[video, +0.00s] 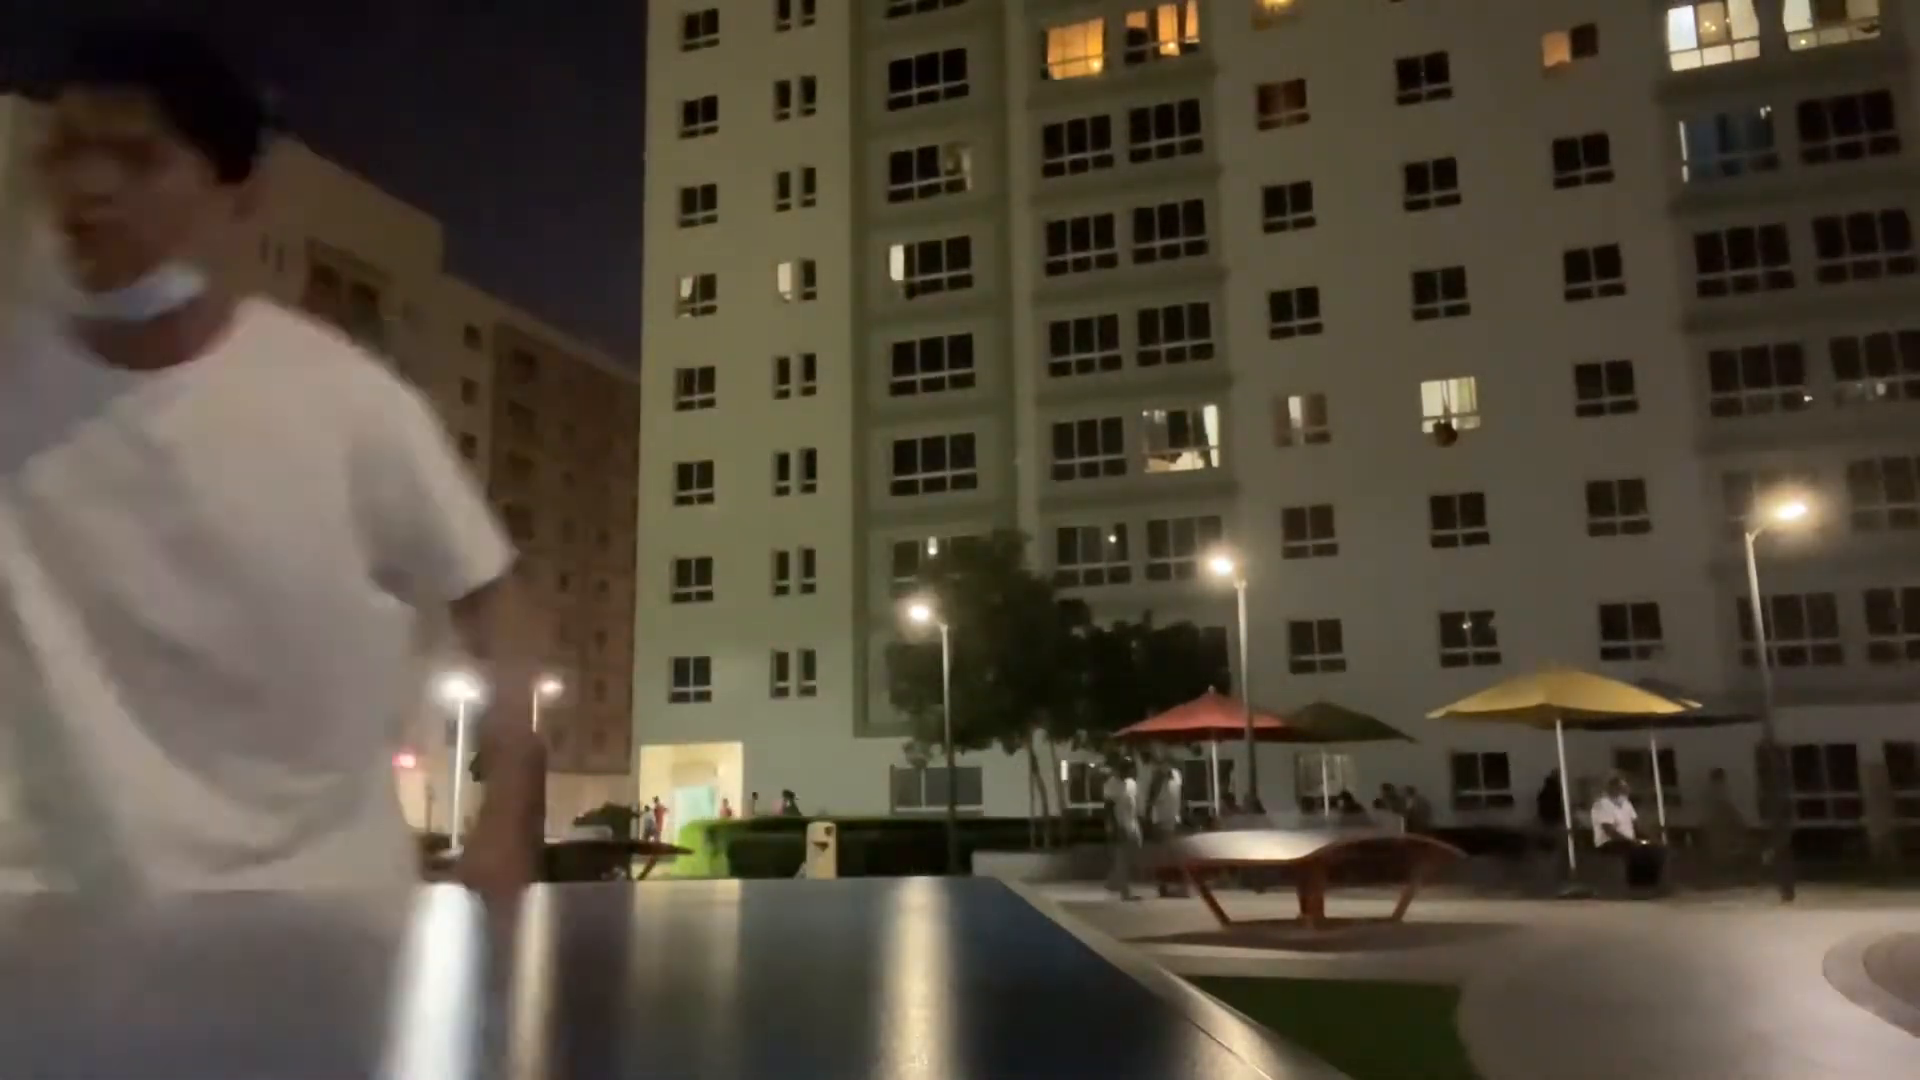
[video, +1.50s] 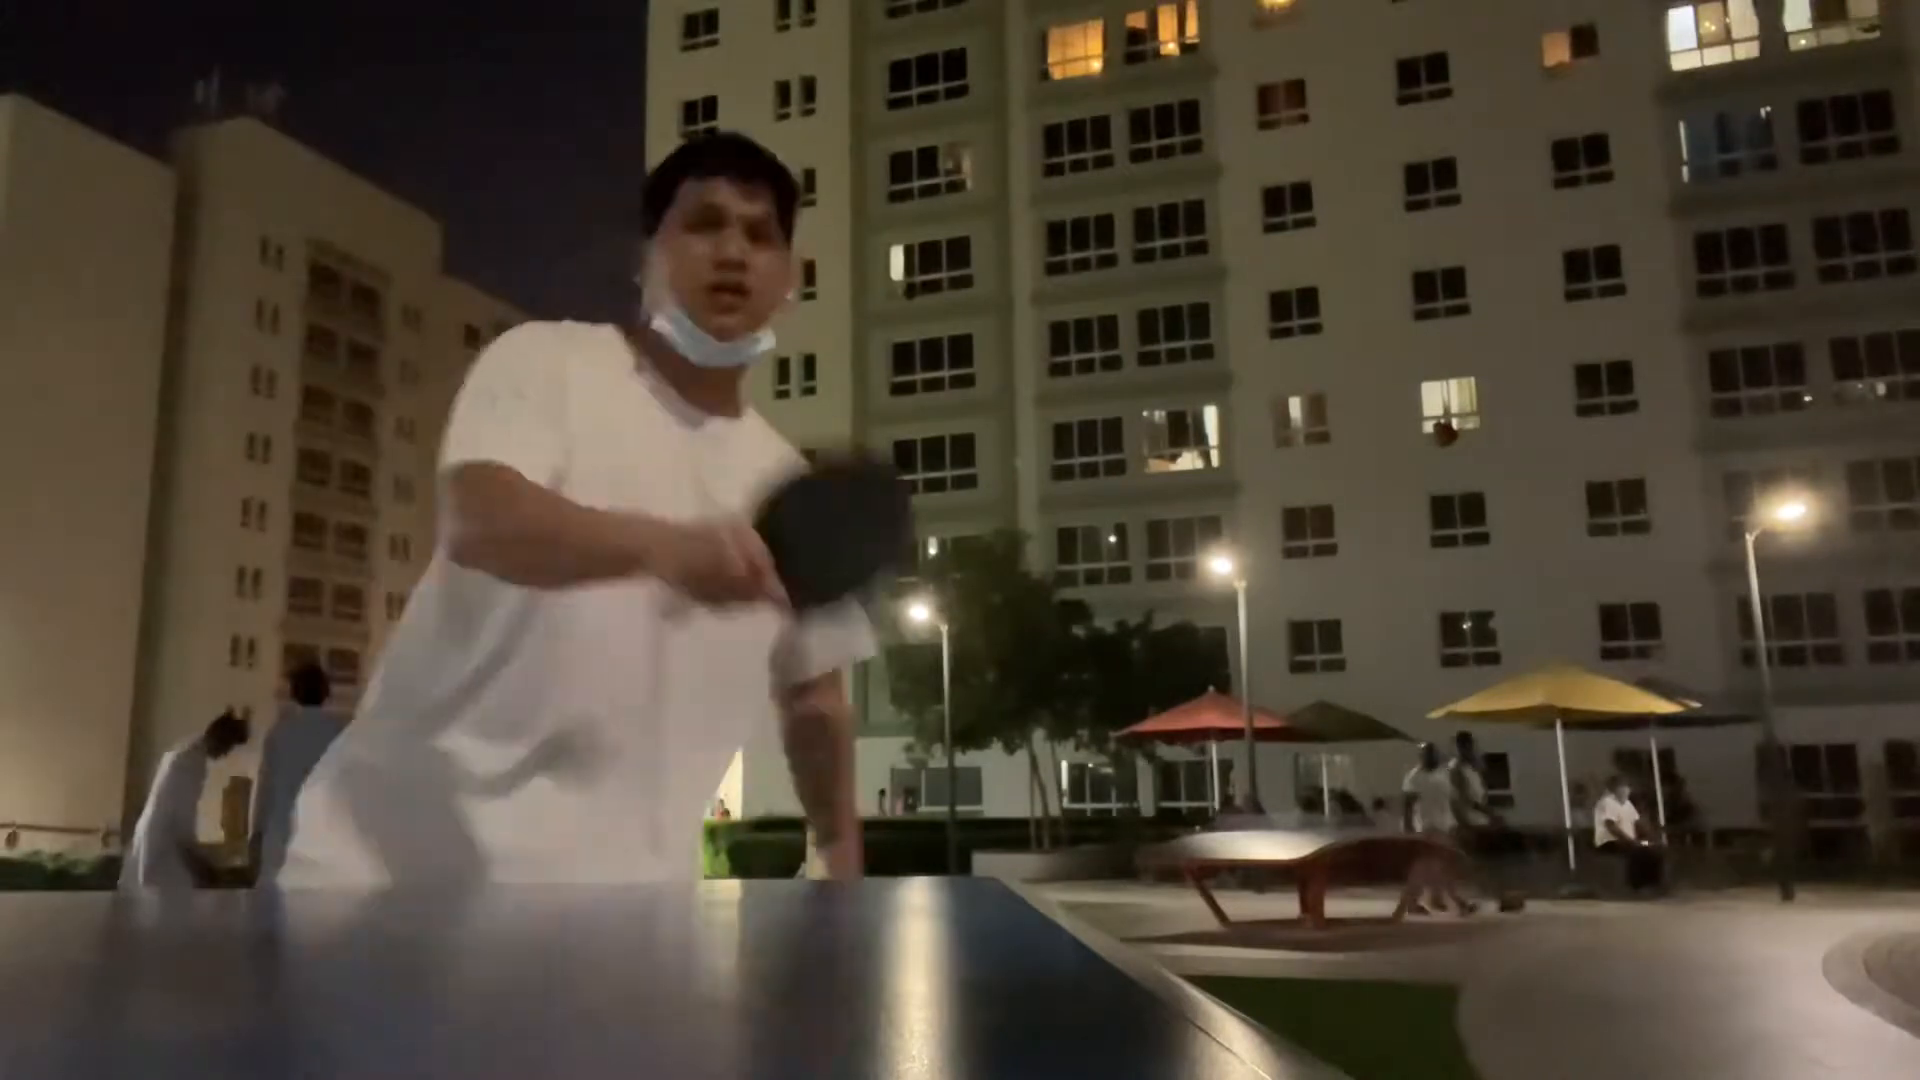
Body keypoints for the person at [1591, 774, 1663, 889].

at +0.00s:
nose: (1625, 789)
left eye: (1625, 785)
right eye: (1622, 786)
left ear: (1626, 788)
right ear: (1613, 787)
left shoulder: (1624, 801)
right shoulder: (1602, 804)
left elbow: (1634, 822)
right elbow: (1608, 829)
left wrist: (1646, 836)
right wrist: (1632, 841)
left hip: (1628, 840)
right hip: (1609, 842)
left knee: (1655, 850)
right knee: (1638, 853)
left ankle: (1651, 887)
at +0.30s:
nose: (1626, 790)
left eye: (1626, 787)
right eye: (1623, 787)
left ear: (1627, 789)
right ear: (1614, 788)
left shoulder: (1625, 803)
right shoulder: (1605, 803)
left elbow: (1636, 822)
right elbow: (1610, 827)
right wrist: (1633, 841)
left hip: (1628, 840)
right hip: (1609, 842)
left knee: (1655, 850)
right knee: (1637, 853)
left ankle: (1653, 885)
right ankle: (1636, 887)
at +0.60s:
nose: (1629, 790)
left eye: (1629, 786)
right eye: (1626, 786)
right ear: (1618, 787)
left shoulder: (1626, 803)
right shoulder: (1609, 801)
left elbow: (1636, 823)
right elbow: (1613, 824)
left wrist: (1644, 838)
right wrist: (1633, 841)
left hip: (1627, 840)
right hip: (1610, 841)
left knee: (1654, 851)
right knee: (1640, 853)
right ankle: (1637, 887)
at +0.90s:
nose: (1630, 790)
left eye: (1630, 786)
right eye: (1626, 786)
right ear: (1618, 787)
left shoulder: (1626, 804)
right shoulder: (1608, 800)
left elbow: (1636, 822)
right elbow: (1612, 822)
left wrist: (1645, 836)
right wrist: (1632, 841)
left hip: (1627, 841)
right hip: (1610, 842)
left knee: (1652, 852)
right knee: (1641, 855)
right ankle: (1638, 888)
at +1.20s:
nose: (1628, 793)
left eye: (1629, 789)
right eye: (1624, 789)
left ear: (1630, 790)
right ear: (1616, 789)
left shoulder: (1626, 803)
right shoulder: (1608, 801)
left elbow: (1637, 821)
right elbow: (1610, 824)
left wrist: (1649, 835)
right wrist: (1629, 841)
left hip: (1628, 840)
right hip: (1609, 842)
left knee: (1654, 851)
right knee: (1637, 853)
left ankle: (1652, 885)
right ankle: (1638, 887)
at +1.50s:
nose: (1626, 791)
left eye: (1627, 787)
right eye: (1622, 787)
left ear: (1629, 790)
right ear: (1614, 789)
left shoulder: (1626, 803)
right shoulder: (1607, 802)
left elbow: (1637, 821)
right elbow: (1610, 824)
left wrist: (1650, 835)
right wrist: (1631, 841)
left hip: (1629, 840)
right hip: (1609, 842)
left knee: (1653, 851)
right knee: (1637, 853)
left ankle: (1653, 885)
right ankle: (1637, 887)